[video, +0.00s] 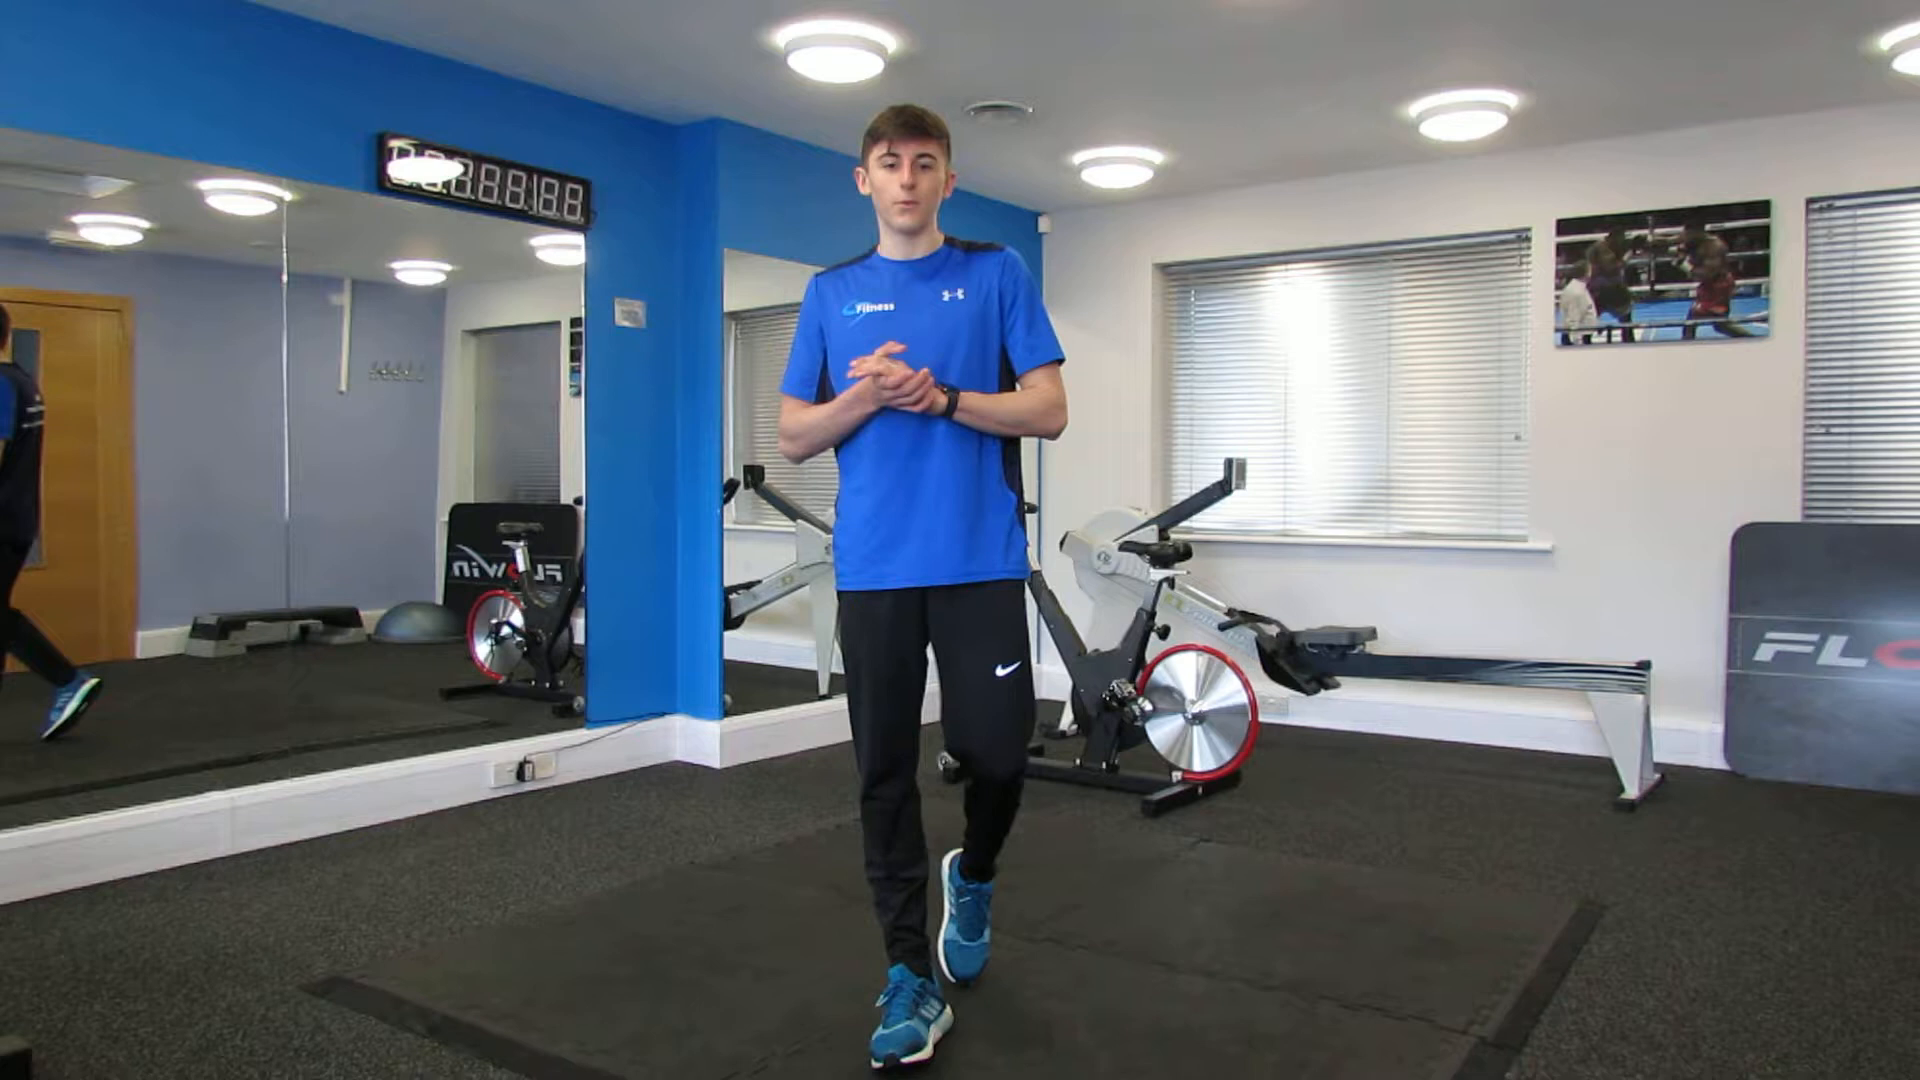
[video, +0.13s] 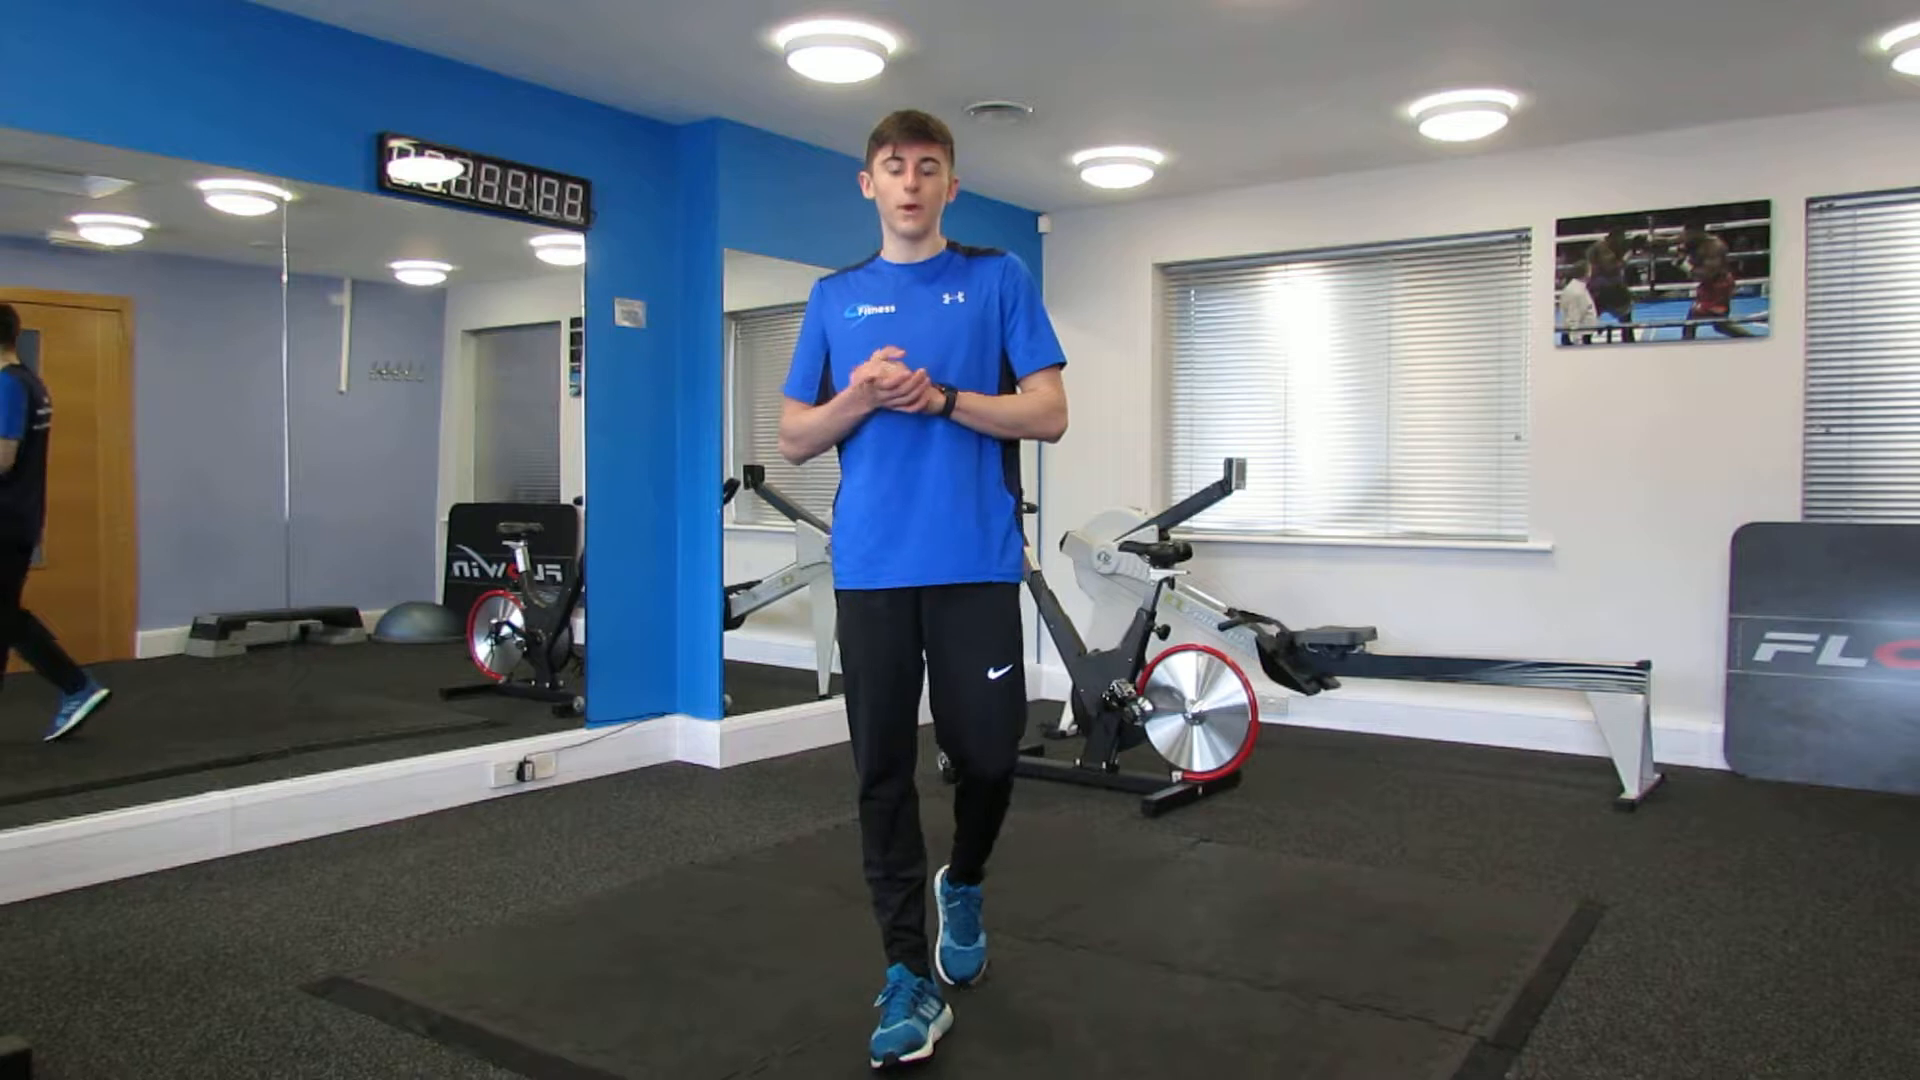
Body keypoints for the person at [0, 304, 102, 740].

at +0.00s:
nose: (1, 338)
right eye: (4, 330)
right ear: (9, 333)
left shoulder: (10, 383)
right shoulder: (24, 382)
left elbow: (11, 450)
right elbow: (28, 461)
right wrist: (21, 520)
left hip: (9, 524)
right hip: (19, 522)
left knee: (3, 612)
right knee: (4, 610)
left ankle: (67, 680)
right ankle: (67, 680)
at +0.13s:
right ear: (16, 333)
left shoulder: (12, 383)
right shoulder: (29, 381)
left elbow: (7, 456)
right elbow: (27, 459)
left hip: (11, 522)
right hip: (21, 520)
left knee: (7, 611)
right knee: (8, 610)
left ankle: (76, 686)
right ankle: (75, 686)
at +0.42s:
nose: (0, 346)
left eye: (4, 337)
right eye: (2, 337)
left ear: (21, 340)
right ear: (38, 341)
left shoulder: (39, 384)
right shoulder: (64, 384)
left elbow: (52, 454)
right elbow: (66, 454)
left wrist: (5, 449)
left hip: (34, 531)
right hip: (64, 530)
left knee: (11, 629)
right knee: (77, 616)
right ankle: (100, 714)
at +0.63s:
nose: (17, 345)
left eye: (21, 336)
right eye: (18, 336)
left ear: (40, 337)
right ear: (57, 339)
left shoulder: (61, 381)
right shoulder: (87, 380)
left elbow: (77, 449)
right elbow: (76, 450)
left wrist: (28, 446)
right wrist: (30, 453)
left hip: (57, 523)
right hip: (90, 523)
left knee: (16, 611)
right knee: (89, 613)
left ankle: (27, 715)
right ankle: (103, 714)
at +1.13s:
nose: (39, 337)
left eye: (44, 328)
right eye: (41, 328)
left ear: (64, 331)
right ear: (82, 333)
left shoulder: (82, 378)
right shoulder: (110, 378)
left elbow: (83, 451)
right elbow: (88, 448)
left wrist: (42, 441)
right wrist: (41, 443)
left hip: (92, 523)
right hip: (106, 520)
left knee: (94, 617)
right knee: (95, 616)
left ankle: (121, 719)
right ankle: (102, 713)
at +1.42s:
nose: (40, 336)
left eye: (43, 326)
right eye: (40, 327)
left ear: (63, 328)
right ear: (80, 329)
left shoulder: (89, 376)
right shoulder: (111, 375)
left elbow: (100, 450)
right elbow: (97, 446)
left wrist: (49, 441)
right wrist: (49, 444)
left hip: (98, 523)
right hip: (111, 521)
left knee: (93, 614)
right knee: (103, 613)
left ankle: (124, 719)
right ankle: (118, 715)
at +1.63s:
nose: (40, 334)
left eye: (45, 325)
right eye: (41, 325)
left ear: (65, 328)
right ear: (82, 329)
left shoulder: (92, 376)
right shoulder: (104, 374)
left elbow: (105, 452)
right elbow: (94, 445)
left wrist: (48, 439)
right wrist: (47, 441)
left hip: (98, 524)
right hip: (106, 522)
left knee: (99, 617)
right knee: (103, 616)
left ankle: (124, 719)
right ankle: (117, 715)